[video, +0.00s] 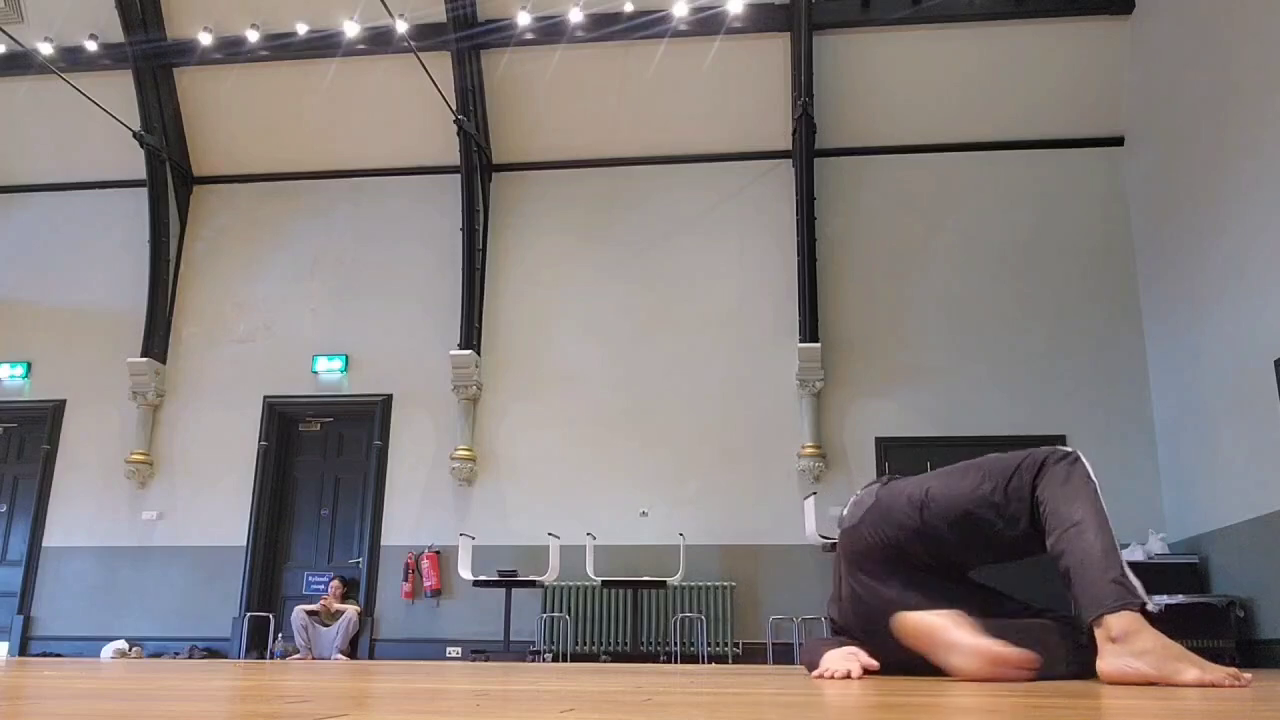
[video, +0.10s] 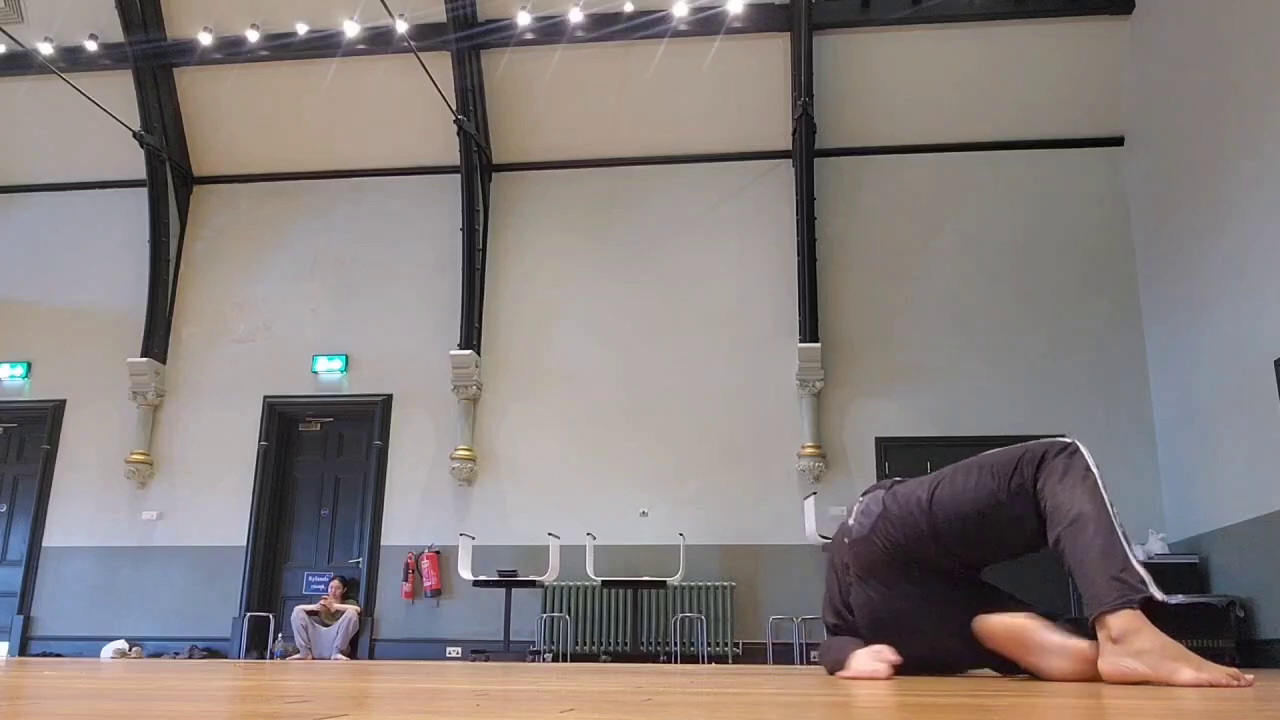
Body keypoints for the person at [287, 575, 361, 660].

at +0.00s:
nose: (333, 591)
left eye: (337, 588)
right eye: (331, 588)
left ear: (344, 590)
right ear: (328, 589)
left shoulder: (349, 602)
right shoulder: (323, 603)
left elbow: (357, 610)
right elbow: (297, 608)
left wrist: (334, 606)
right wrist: (318, 607)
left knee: (352, 614)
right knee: (297, 612)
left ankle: (336, 653)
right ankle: (304, 653)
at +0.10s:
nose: (333, 591)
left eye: (337, 588)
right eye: (331, 588)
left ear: (344, 590)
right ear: (328, 589)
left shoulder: (349, 602)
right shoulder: (323, 603)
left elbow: (357, 610)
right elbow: (297, 608)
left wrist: (334, 606)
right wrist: (317, 607)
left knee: (352, 614)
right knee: (297, 612)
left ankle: (336, 653)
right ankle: (304, 653)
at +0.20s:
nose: (333, 591)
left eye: (337, 588)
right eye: (331, 588)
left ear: (344, 590)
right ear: (328, 589)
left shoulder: (349, 602)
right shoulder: (323, 603)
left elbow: (357, 610)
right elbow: (297, 608)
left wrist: (334, 606)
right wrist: (316, 607)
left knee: (352, 614)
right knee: (297, 612)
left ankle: (336, 653)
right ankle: (304, 653)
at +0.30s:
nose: (333, 591)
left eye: (337, 588)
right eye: (331, 588)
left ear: (344, 590)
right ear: (328, 589)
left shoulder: (349, 602)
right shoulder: (323, 603)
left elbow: (357, 610)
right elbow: (297, 608)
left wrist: (334, 606)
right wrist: (316, 607)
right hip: (316, 637)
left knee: (352, 614)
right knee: (297, 612)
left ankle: (336, 653)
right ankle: (304, 653)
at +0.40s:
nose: (333, 591)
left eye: (337, 588)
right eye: (331, 588)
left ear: (344, 590)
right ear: (328, 589)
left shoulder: (349, 602)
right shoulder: (323, 602)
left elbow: (357, 610)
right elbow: (297, 608)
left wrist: (334, 606)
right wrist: (316, 607)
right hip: (316, 637)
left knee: (352, 614)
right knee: (297, 612)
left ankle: (336, 653)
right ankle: (304, 653)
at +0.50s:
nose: (333, 591)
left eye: (337, 588)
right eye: (331, 588)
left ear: (344, 590)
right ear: (328, 589)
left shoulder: (348, 602)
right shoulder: (323, 602)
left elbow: (357, 610)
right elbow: (297, 608)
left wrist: (334, 606)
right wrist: (316, 607)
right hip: (316, 637)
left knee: (352, 614)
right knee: (297, 612)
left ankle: (336, 653)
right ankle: (304, 653)